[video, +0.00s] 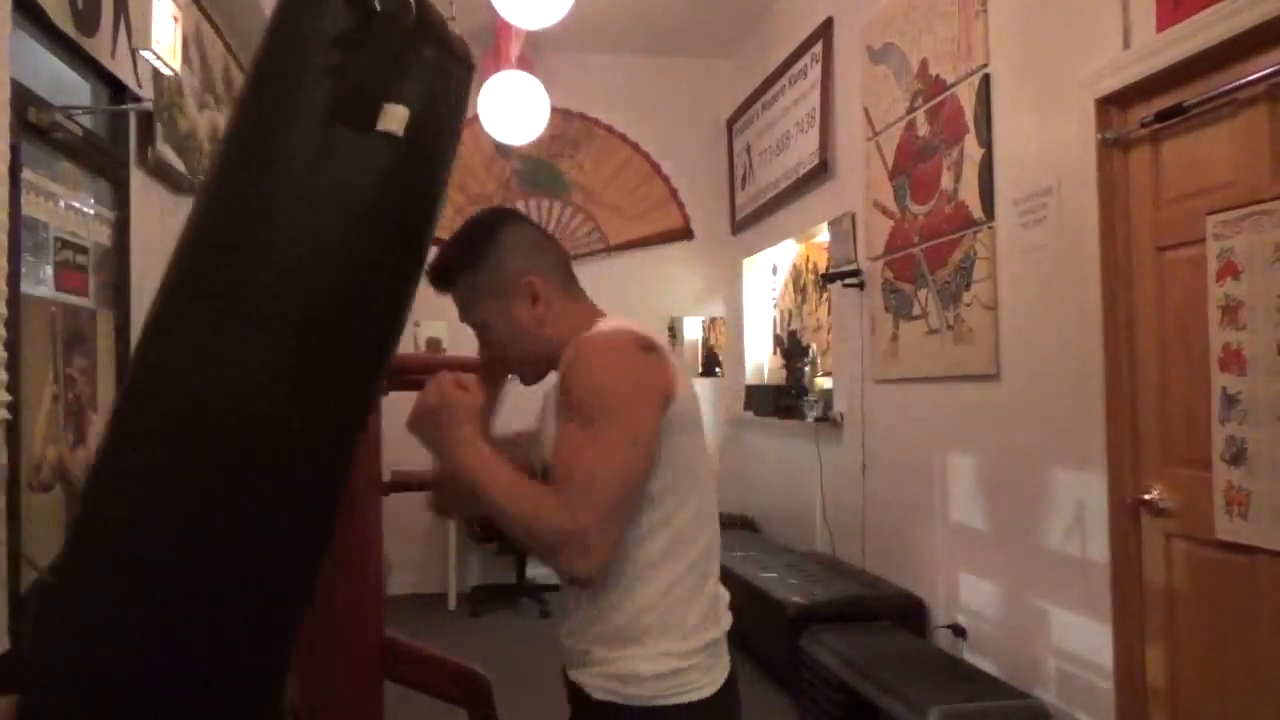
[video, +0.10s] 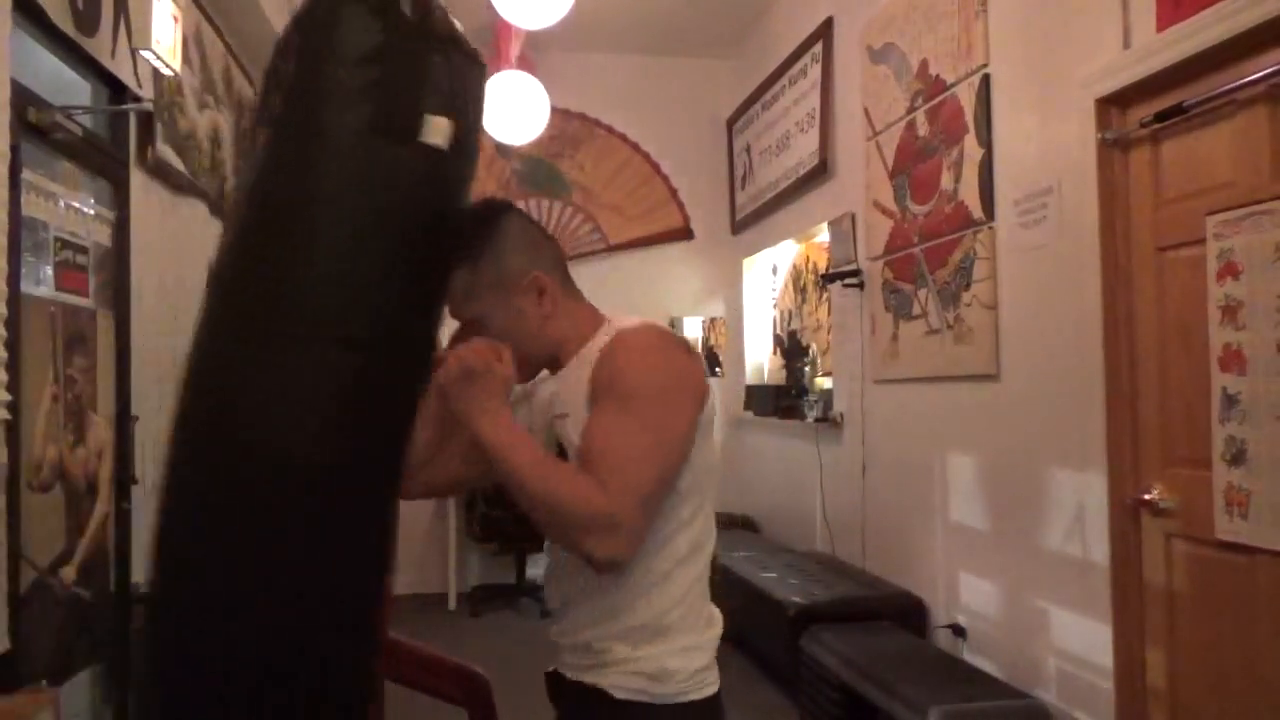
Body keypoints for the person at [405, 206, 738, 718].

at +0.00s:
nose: (486, 349)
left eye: (482, 326)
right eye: (475, 329)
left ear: (532, 298)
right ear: (536, 297)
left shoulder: (611, 355)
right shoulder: (575, 378)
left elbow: (584, 548)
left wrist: (463, 445)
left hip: (652, 696)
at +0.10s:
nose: (470, 349)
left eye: (477, 326)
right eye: (464, 331)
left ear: (539, 297)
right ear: (541, 299)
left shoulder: (648, 356)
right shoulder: (540, 395)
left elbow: (610, 533)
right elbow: (419, 475)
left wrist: (489, 418)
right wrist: (446, 382)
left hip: (654, 692)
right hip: (582, 681)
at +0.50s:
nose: (583, 329)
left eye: (589, 308)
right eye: (581, 311)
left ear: (639, 284)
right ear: (645, 283)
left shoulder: (671, 342)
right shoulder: (734, 339)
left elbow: (599, 529)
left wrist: (559, 407)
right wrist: (593, 386)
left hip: (702, 690)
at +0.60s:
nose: (631, 337)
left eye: (635, 319)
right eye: (627, 322)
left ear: (686, 299)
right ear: (693, 299)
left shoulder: (735, 365)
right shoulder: (767, 354)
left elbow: (659, 543)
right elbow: (659, 510)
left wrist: (588, 414)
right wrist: (633, 383)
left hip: (748, 696)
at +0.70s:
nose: (670, 351)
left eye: (675, 334)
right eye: (666, 335)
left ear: (730, 314)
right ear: (733, 315)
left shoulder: (782, 388)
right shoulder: (788, 375)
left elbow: (718, 562)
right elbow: (673, 504)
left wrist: (607, 455)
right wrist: (664, 394)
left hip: (790, 698)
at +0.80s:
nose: (686, 337)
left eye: (691, 318)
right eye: (683, 321)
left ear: (744, 299)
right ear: (748, 300)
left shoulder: (792, 367)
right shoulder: (810, 358)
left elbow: (747, 539)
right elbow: (704, 500)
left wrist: (619, 459)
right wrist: (686, 386)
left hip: (812, 689)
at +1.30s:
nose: (657, 339)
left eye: (663, 315)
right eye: (654, 318)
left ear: (728, 298)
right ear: (726, 302)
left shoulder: (842, 405)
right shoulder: (741, 410)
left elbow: (757, 605)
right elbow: (668, 552)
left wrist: (657, 439)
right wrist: (646, 431)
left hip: (873, 705)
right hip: (798, 683)